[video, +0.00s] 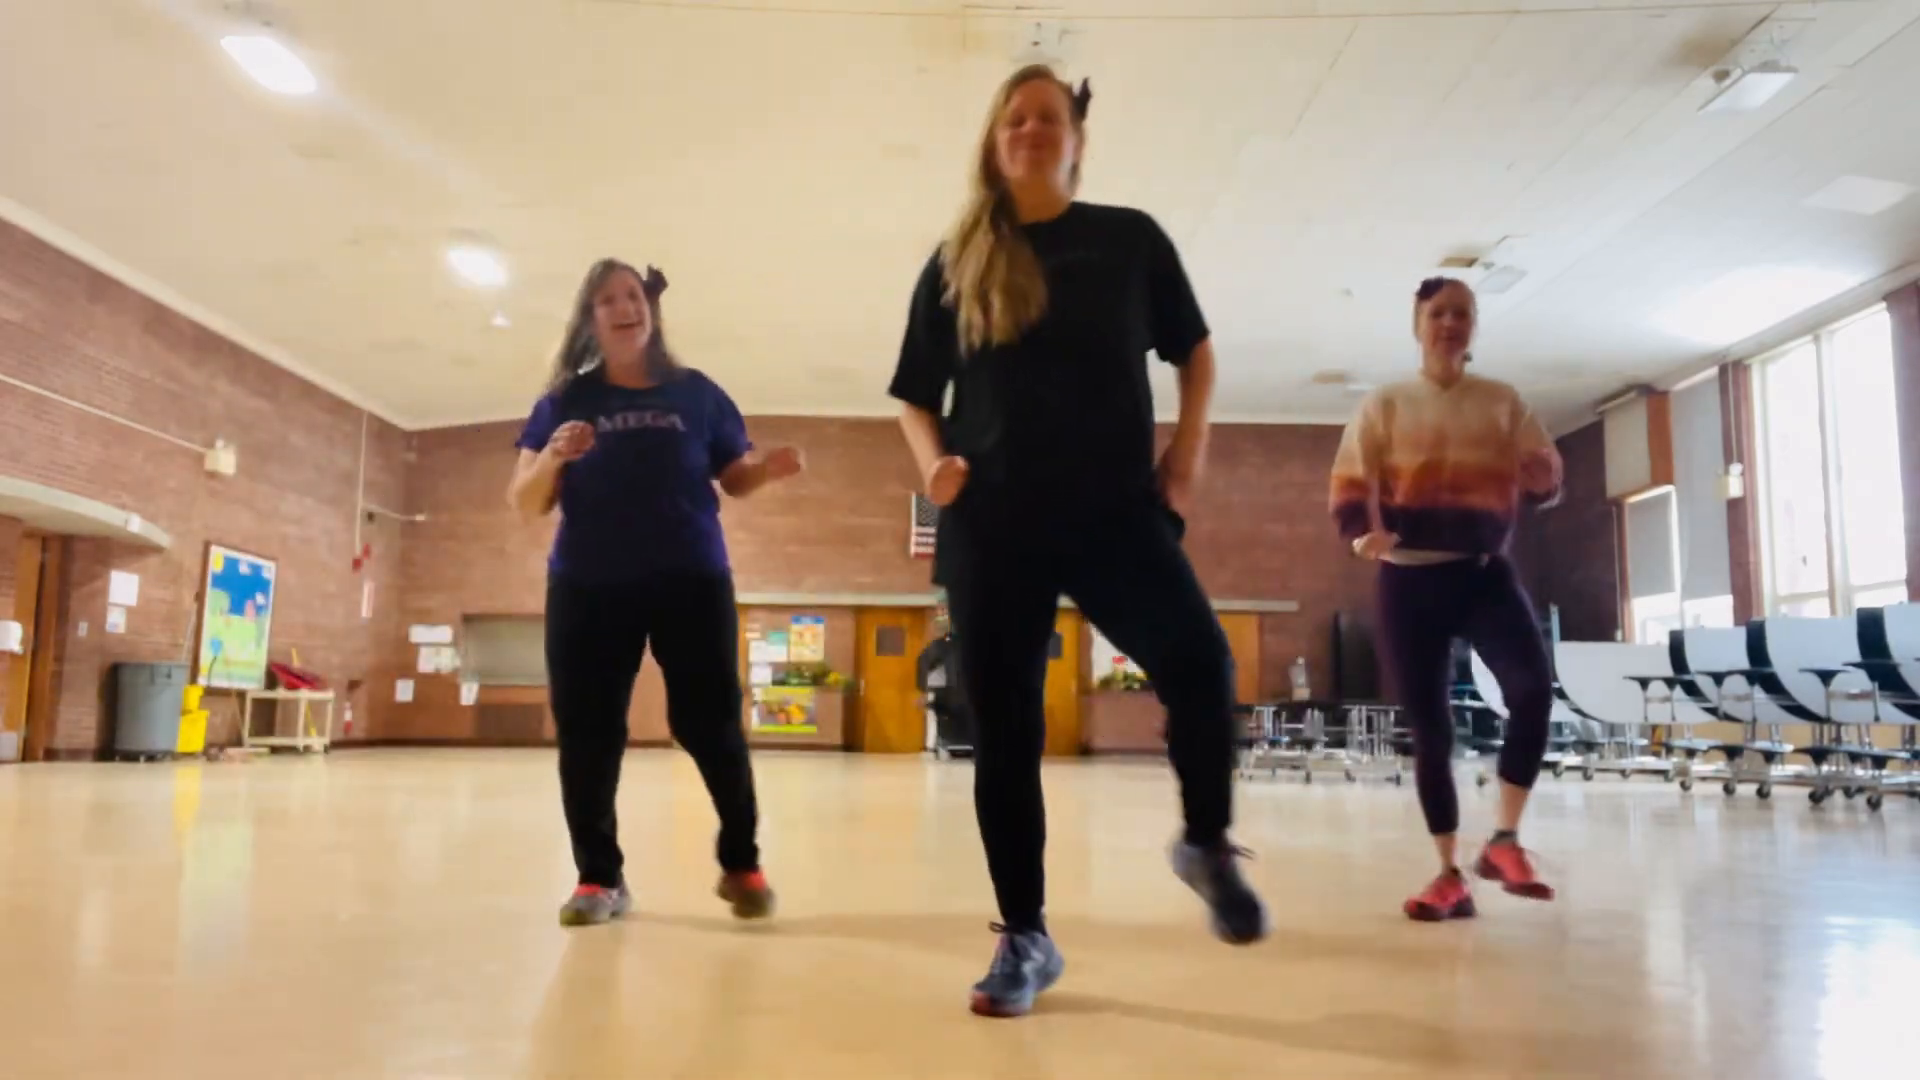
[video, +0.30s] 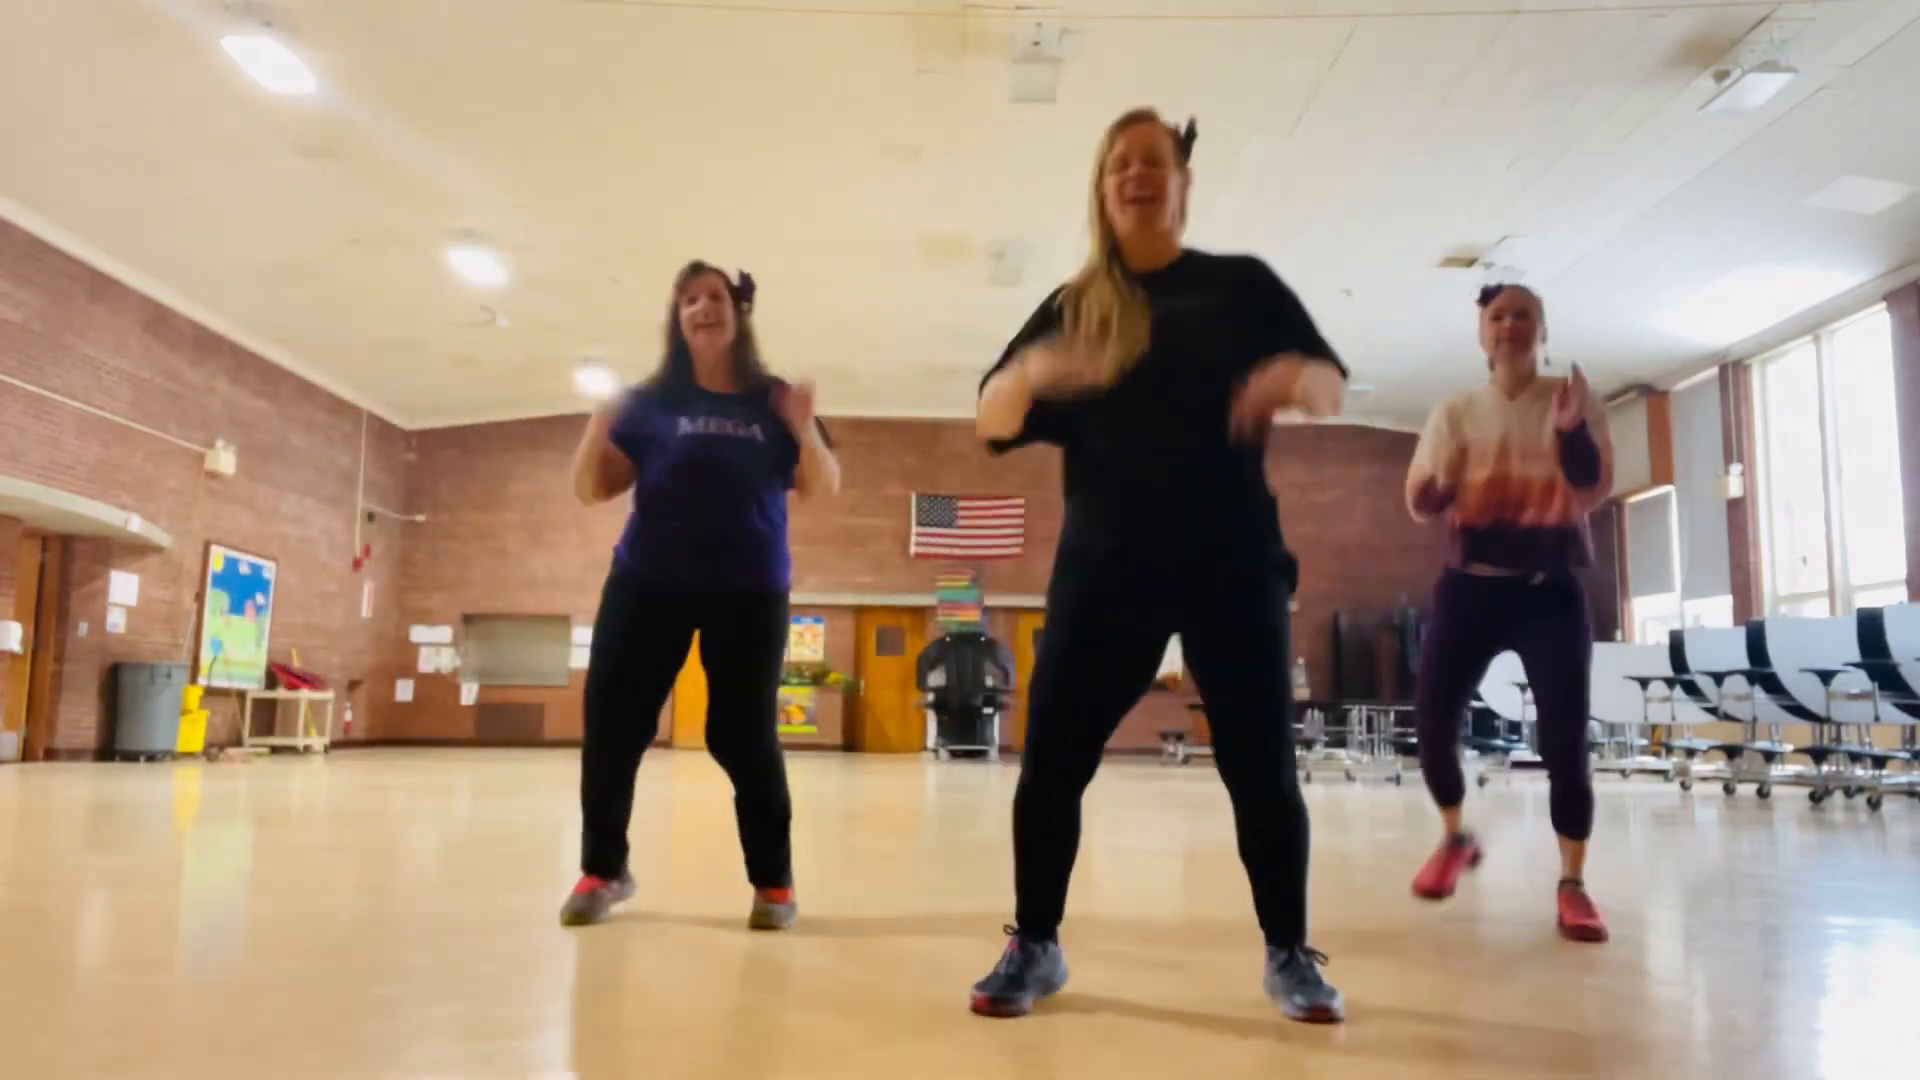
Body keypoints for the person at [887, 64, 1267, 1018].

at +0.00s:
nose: (1031, 130)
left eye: (1048, 118)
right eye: (1017, 118)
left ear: (1077, 137)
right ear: (992, 142)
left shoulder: (1132, 238)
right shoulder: (959, 262)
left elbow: (1195, 349)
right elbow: (913, 390)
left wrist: (1184, 457)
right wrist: (931, 459)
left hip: (1111, 512)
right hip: (995, 521)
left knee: (1201, 663)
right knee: (1004, 734)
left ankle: (1207, 845)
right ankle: (1024, 936)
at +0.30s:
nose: (1136, 176)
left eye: (1153, 163)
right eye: (1121, 165)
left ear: (1185, 182)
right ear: (1099, 189)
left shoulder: (1240, 286)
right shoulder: (1074, 307)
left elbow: (1328, 389)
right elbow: (992, 426)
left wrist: (1293, 378)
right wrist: (1030, 371)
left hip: (1230, 564)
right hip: (1108, 567)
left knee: (1260, 766)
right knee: (1051, 763)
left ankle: (1290, 954)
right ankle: (1033, 946)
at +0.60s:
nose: (1193, 148)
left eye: (1209, 134)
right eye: (1176, 135)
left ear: (1237, 153)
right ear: (1147, 156)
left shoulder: (1275, 250)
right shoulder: (1116, 262)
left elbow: (1295, 339)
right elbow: (1094, 364)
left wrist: (1214, 240)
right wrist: (1178, 277)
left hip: (1272, 526)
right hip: (1159, 533)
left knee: (1278, 725)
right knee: (1194, 737)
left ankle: (1304, 943)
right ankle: (1236, 920)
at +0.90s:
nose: (1163, 138)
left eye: (1180, 123)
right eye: (1147, 123)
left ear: (1209, 136)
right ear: (1121, 138)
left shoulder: (1254, 237)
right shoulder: (1090, 254)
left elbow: (1319, 367)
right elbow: (1032, 376)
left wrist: (1389, 462)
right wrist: (1074, 287)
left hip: (1258, 510)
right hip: (1143, 514)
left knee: (1275, 721)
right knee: (1064, 640)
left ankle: (1307, 948)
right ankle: (1175, 801)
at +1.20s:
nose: (1098, 154)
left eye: (1114, 139)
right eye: (1082, 137)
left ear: (1136, 154)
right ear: (1049, 149)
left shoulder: (1163, 276)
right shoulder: (996, 264)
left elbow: (1182, 415)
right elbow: (951, 414)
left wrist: (1251, 368)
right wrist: (937, 536)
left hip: (1142, 550)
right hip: (1017, 552)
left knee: (1210, 746)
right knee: (968, 758)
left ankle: (1291, 953)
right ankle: (915, 965)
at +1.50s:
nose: (956, 151)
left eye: (971, 137)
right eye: (940, 136)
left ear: (994, 152)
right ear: (907, 149)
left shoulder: (1028, 263)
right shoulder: (856, 256)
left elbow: (1043, 391)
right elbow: (802, 382)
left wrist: (1060, 429)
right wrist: (820, 409)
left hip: (987, 543)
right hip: (874, 544)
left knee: (982, 742)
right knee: (889, 751)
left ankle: (879, 879)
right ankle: (900, 970)